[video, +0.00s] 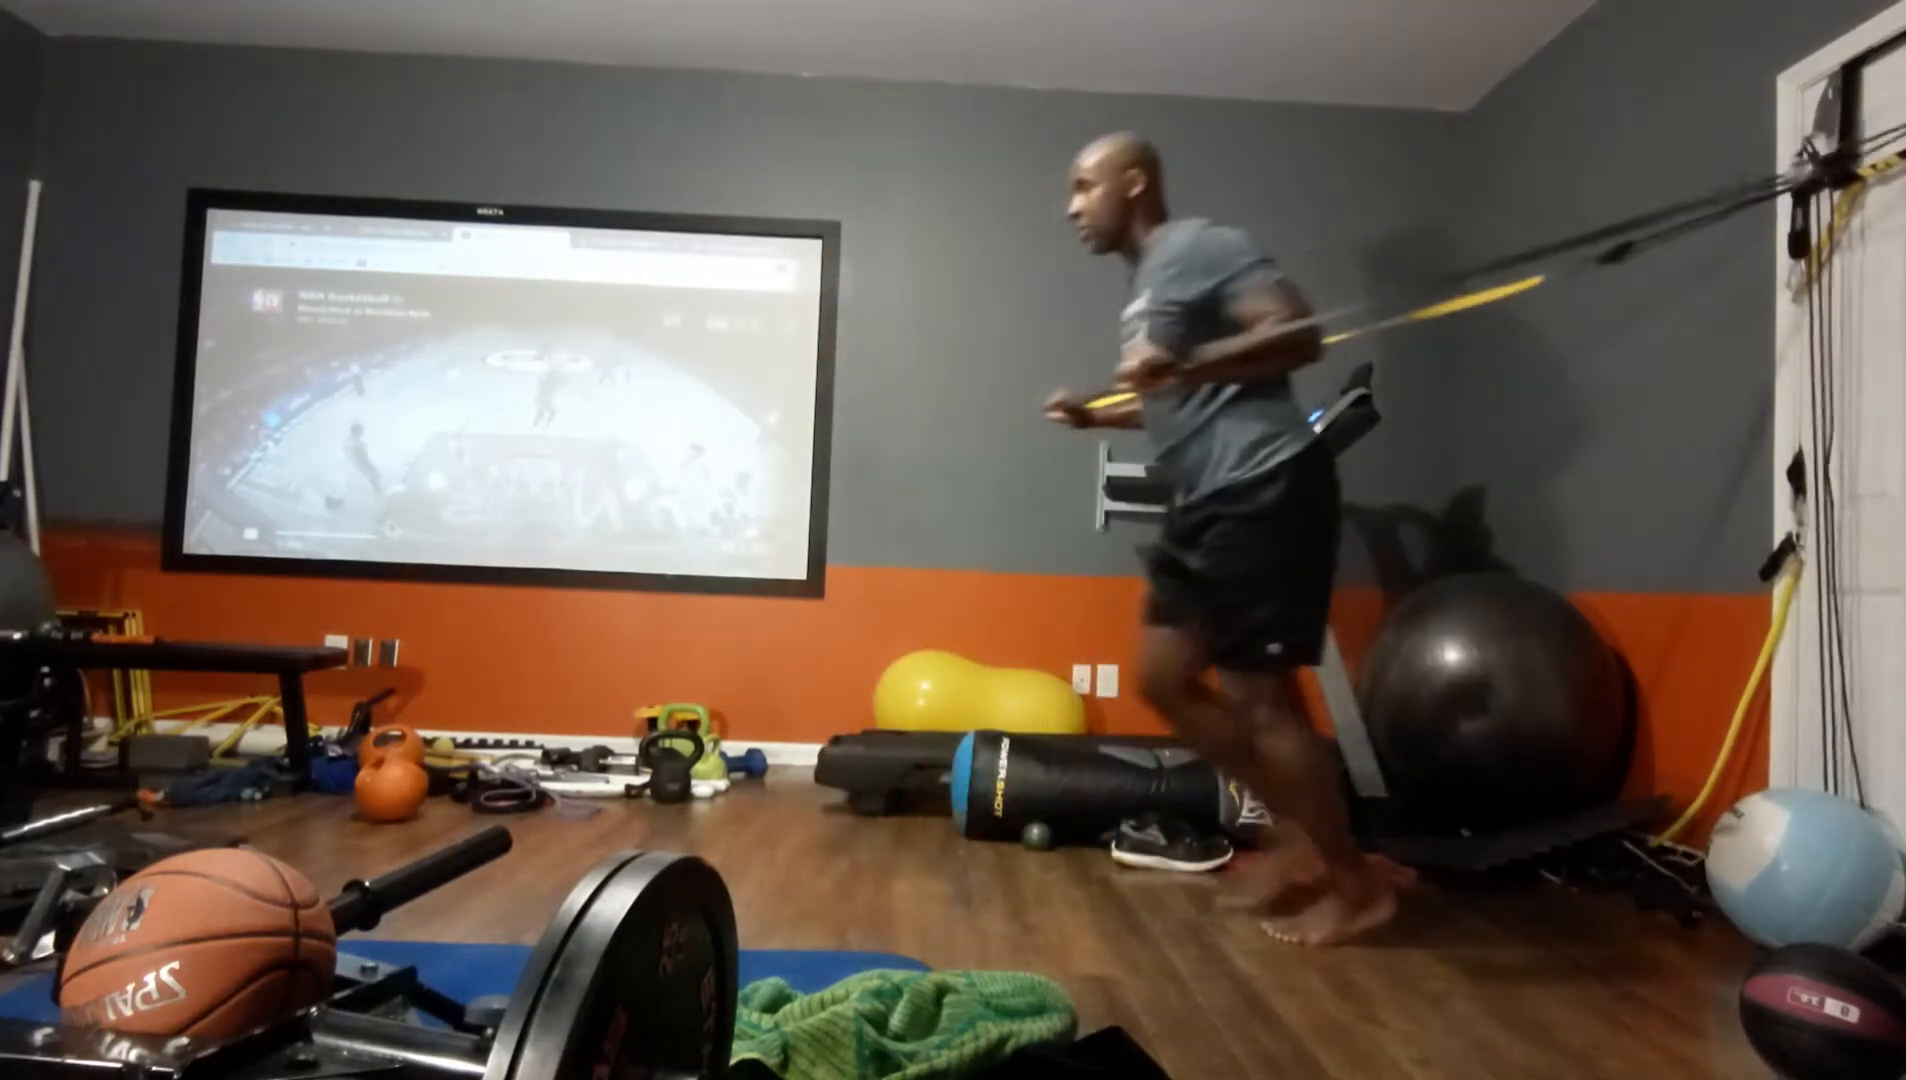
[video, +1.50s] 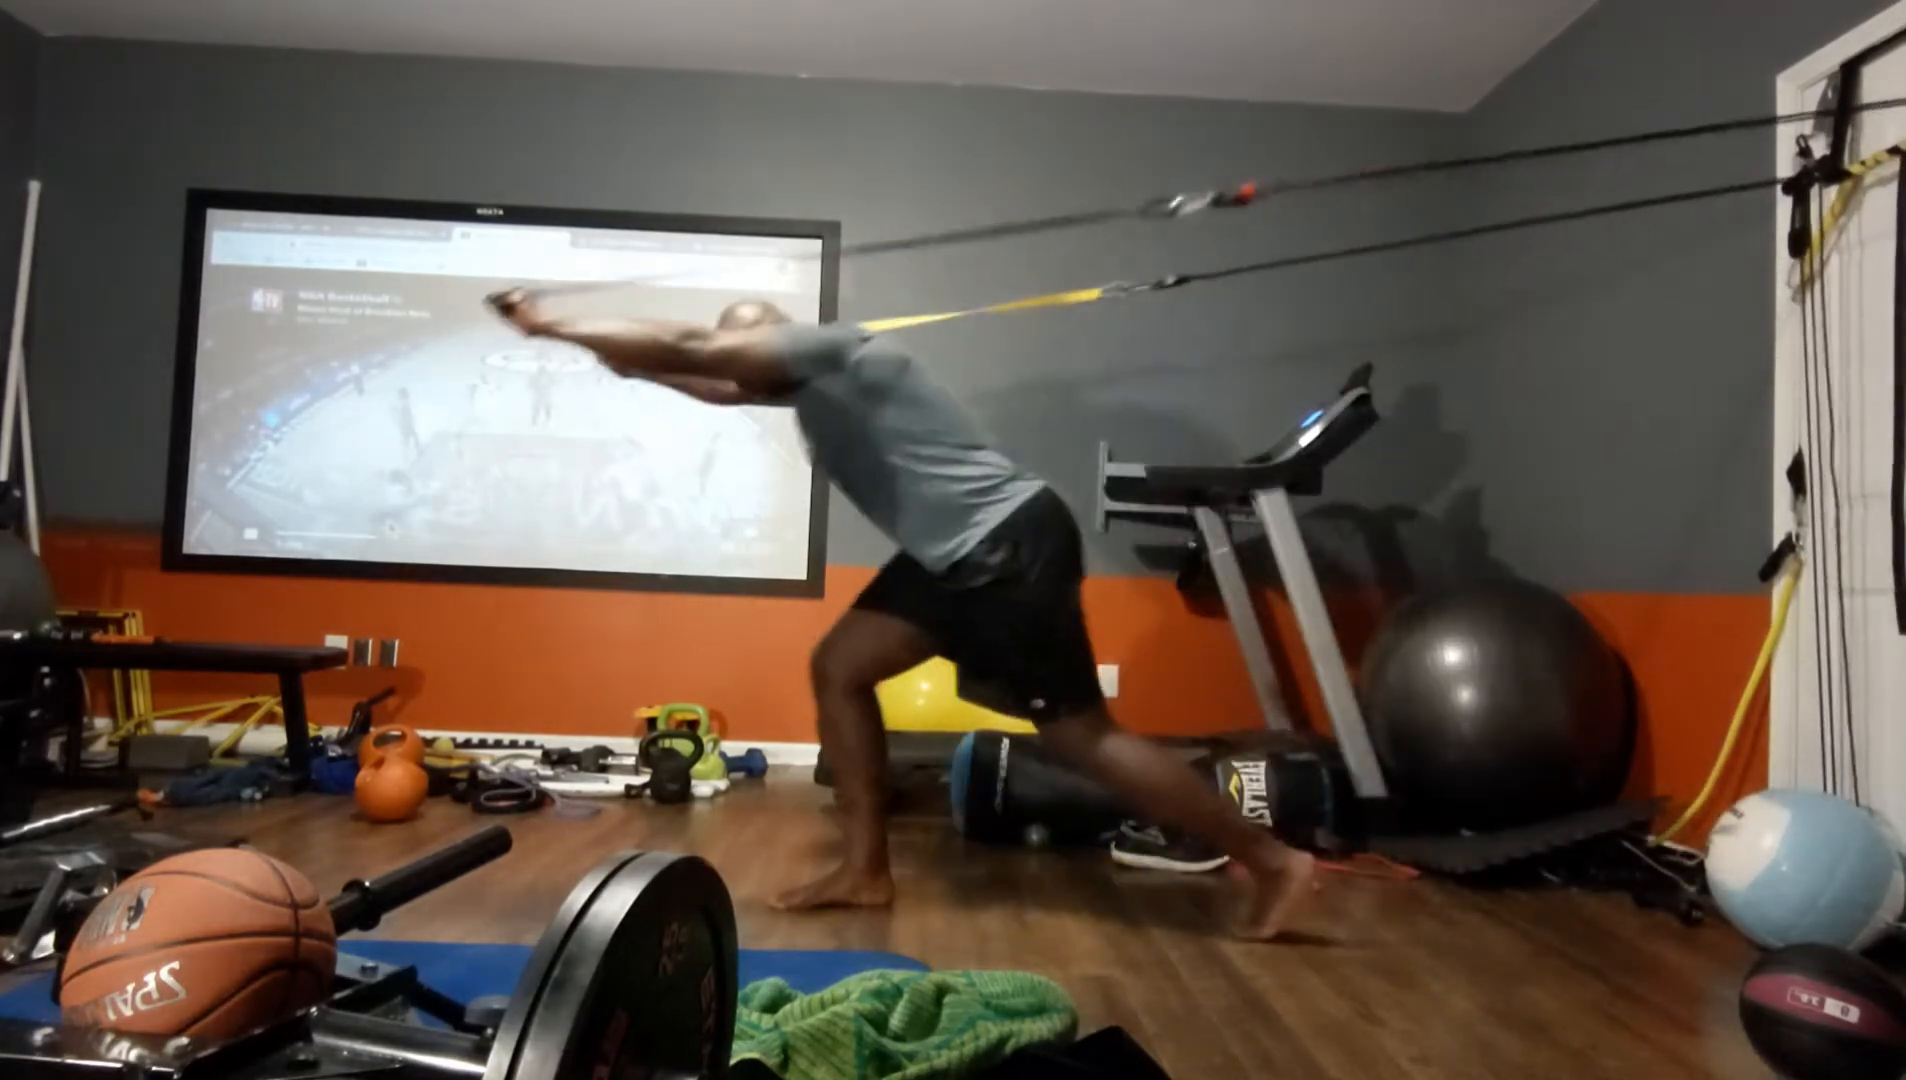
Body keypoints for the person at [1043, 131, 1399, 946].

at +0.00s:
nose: (1072, 205)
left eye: (1084, 187)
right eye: (1071, 191)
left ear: (1137, 184)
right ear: (1122, 193)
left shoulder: (1204, 245)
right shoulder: (1146, 289)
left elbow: (1297, 334)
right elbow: (1172, 404)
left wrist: (1187, 368)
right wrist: (1095, 411)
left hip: (1268, 491)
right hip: (1203, 503)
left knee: (1259, 704)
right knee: (1165, 681)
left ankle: (1358, 884)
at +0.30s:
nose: (1148, 201)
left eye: (1160, 183)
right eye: (1148, 186)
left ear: (1213, 186)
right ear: (1192, 195)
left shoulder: (1269, 252)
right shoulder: (1207, 292)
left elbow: (1368, 344)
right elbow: (1245, 399)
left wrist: (1270, 370)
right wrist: (1161, 405)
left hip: (1316, 488)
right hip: (1281, 495)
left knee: (1272, 700)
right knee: (1317, 690)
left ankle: (1357, 893)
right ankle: (1431, 843)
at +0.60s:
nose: (1155, 207)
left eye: (1167, 190)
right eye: (1154, 194)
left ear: (1218, 188)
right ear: (1201, 198)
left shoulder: (1277, 253)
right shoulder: (1212, 296)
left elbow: (1374, 343)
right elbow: (1252, 397)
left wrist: (1272, 373)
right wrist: (1177, 409)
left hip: (1323, 485)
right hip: (1289, 493)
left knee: (1261, 686)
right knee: (1330, 680)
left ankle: (1355, 889)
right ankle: (1441, 848)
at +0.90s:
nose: (1068, 249)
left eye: (1073, 227)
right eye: (1061, 235)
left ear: (1122, 206)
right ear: (1105, 220)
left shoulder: (1192, 263)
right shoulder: (1132, 306)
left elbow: (1305, 341)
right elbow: (1179, 404)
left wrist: (1209, 376)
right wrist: (1118, 412)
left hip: (1250, 503)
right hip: (1217, 514)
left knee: (1230, 712)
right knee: (1264, 707)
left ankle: (1350, 888)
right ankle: (1404, 828)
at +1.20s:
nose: (921, 287)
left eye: (928, 265)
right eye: (910, 278)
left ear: (964, 251)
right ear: (917, 281)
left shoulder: (1027, 285)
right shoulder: (977, 340)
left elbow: (974, 337)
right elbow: (963, 405)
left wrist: (856, 348)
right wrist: (871, 388)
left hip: (1149, 511)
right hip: (1081, 530)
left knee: (1205, 725)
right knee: (971, 649)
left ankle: (1349, 877)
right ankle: (1001, 850)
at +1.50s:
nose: (723, 375)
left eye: (725, 353)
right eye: (716, 360)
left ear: (761, 329)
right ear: (760, 339)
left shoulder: (835, 350)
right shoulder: (822, 382)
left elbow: (698, 352)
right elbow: (702, 381)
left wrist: (564, 327)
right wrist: (588, 345)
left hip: (1013, 544)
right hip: (943, 559)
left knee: (1084, 742)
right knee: (838, 667)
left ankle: (1273, 861)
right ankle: (860, 871)